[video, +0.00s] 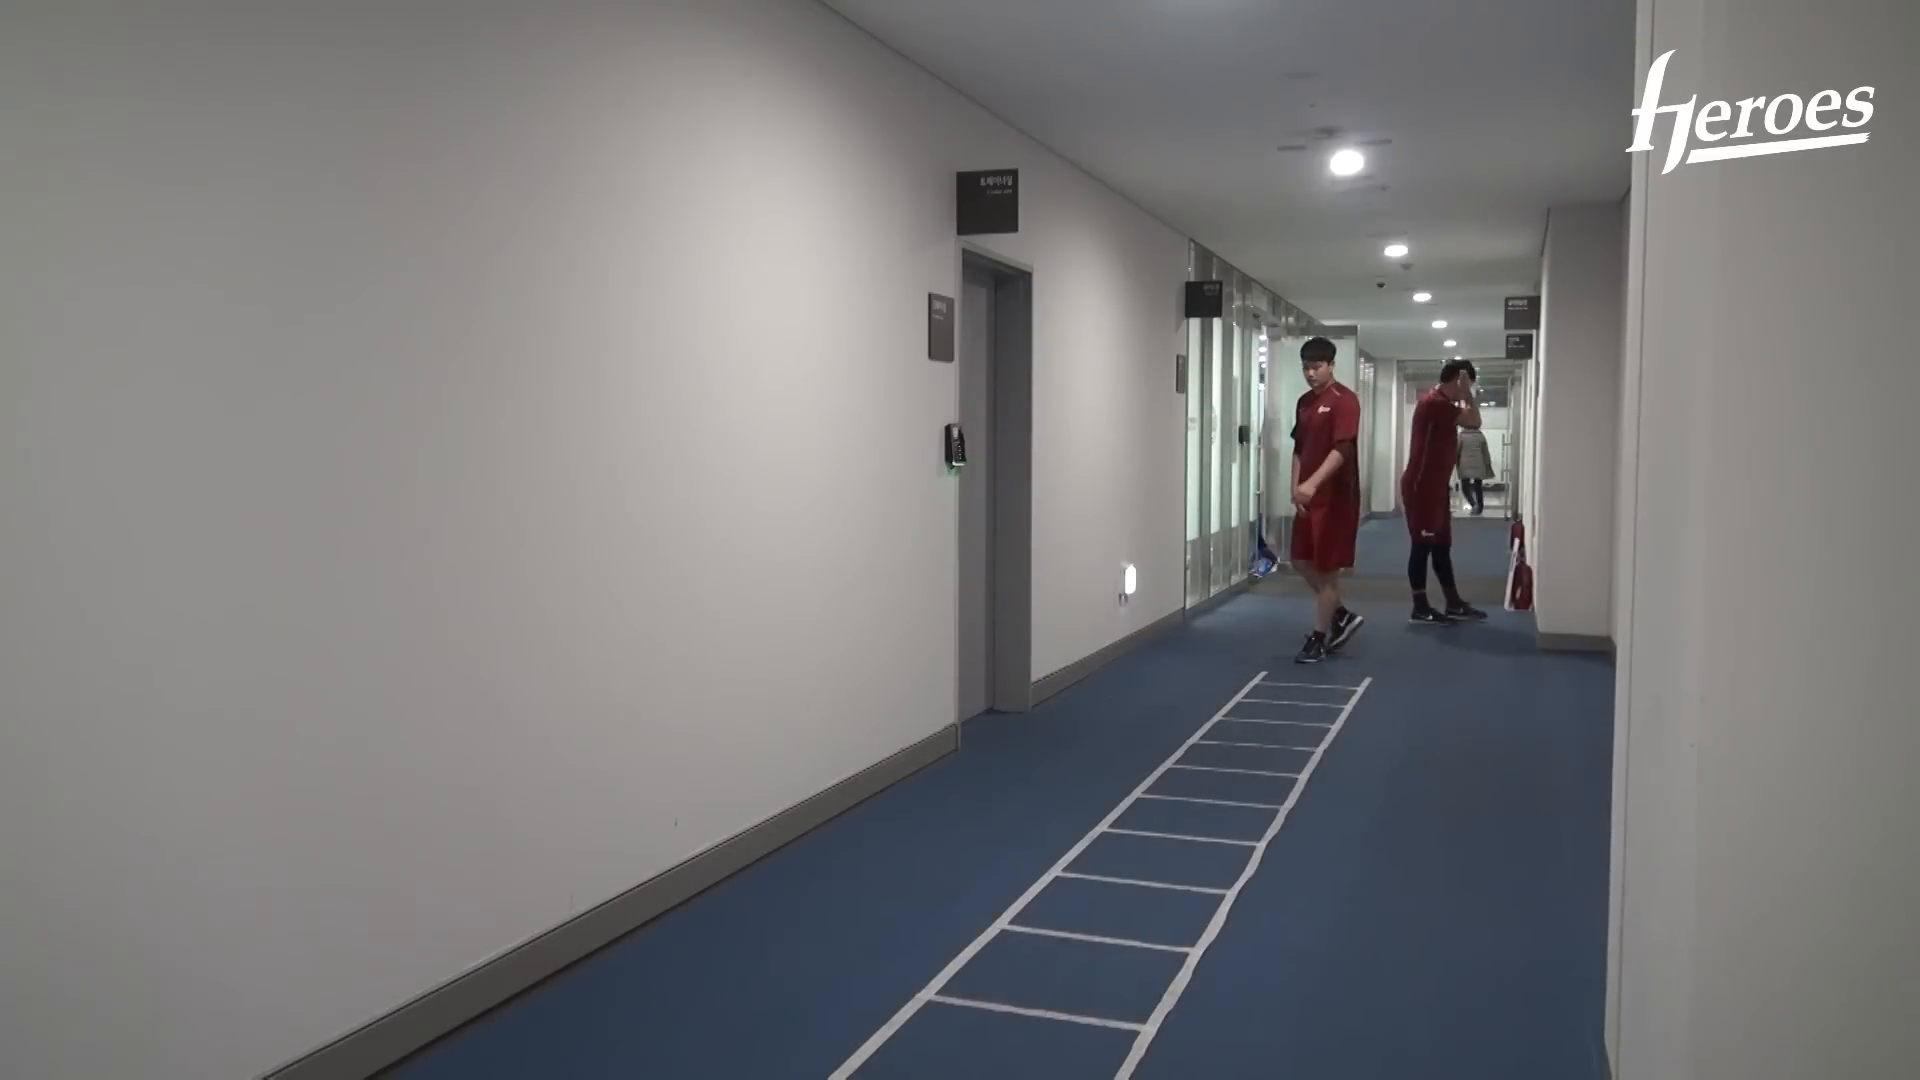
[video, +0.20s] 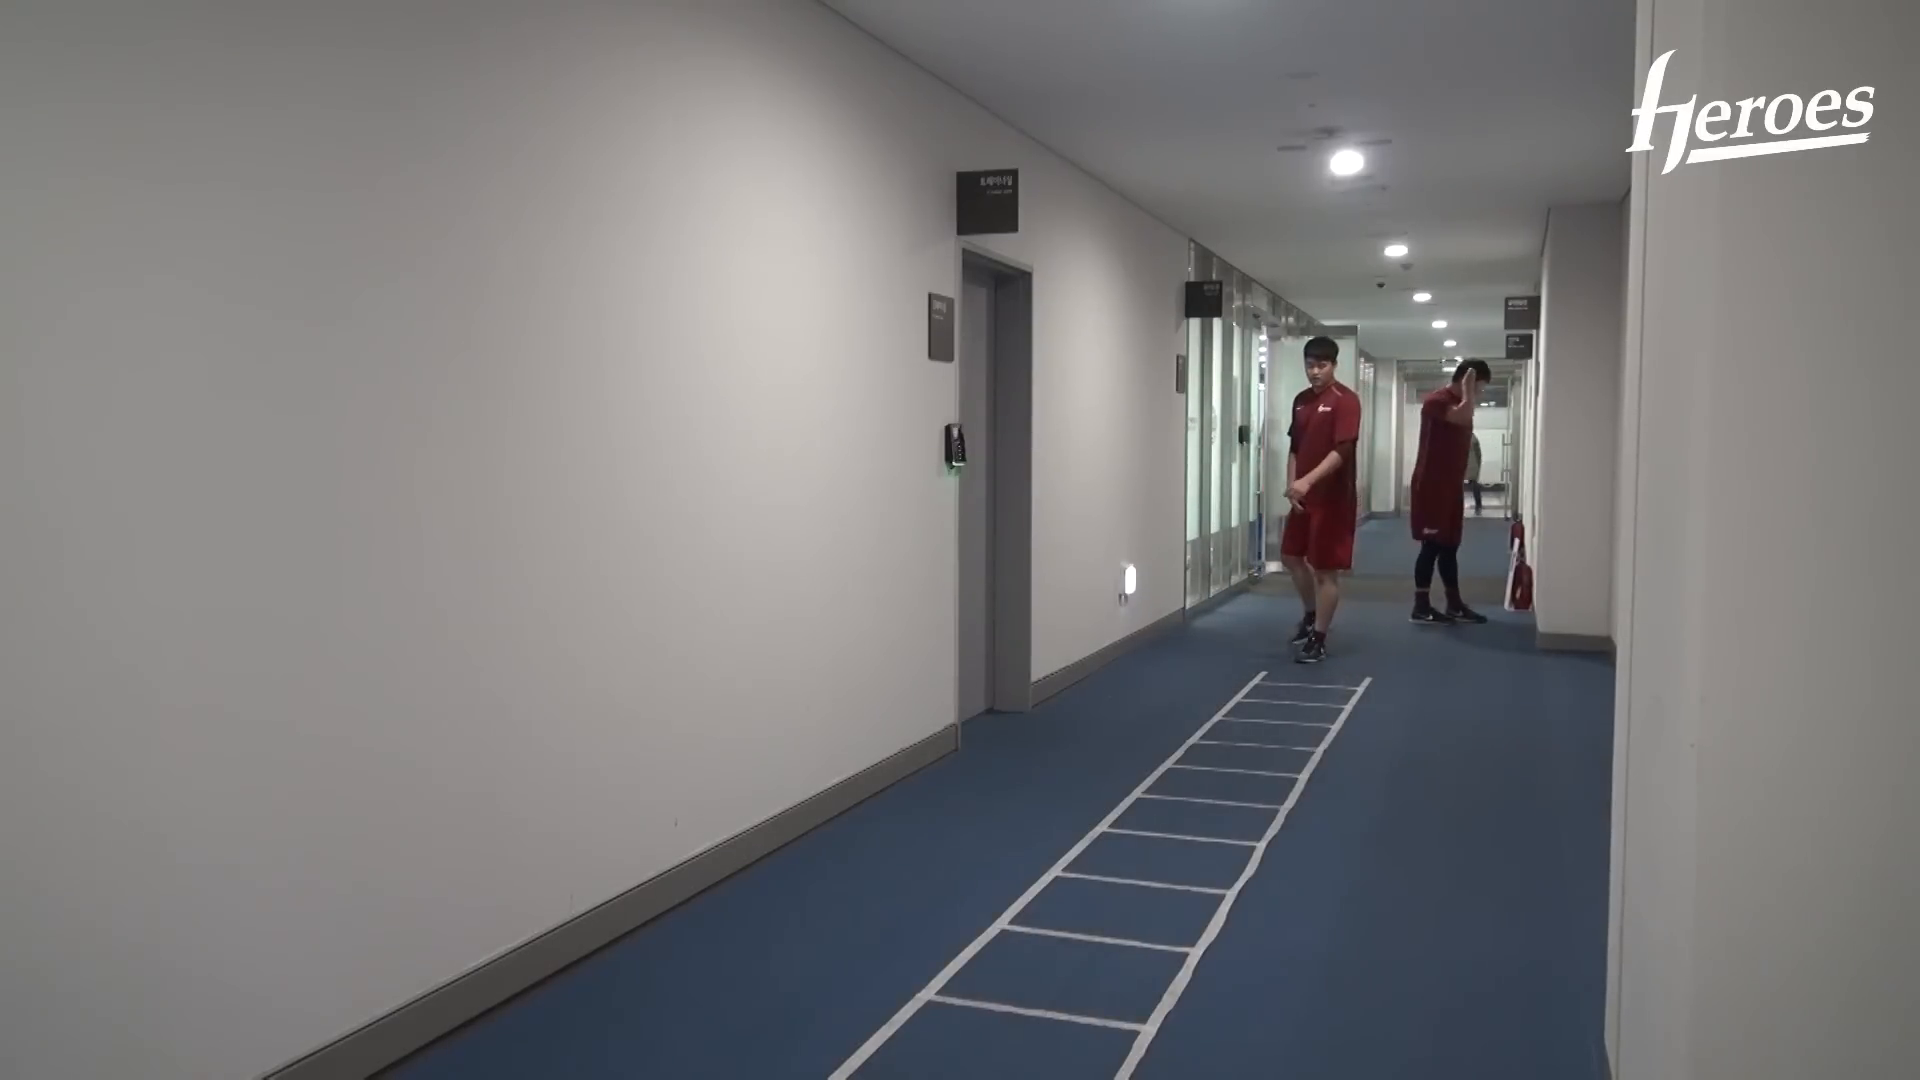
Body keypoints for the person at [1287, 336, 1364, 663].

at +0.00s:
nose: (1310, 372)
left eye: (1316, 366)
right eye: (1306, 367)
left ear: (1331, 366)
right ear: (1303, 368)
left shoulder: (1345, 399)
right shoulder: (1305, 401)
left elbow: (1342, 449)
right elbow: (1299, 448)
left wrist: (1312, 482)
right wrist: (1296, 486)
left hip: (1336, 496)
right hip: (1310, 495)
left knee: (1327, 568)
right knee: (1302, 561)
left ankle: (1319, 636)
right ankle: (1340, 615)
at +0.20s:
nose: (1315, 371)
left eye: (1322, 364)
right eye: (1310, 364)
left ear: (1334, 366)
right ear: (1305, 366)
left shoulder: (1346, 400)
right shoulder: (1302, 401)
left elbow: (1342, 450)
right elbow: (1295, 448)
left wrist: (1307, 480)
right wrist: (1292, 486)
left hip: (1333, 497)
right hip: (1306, 495)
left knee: (1325, 569)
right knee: (1291, 557)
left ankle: (1319, 638)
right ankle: (1311, 614)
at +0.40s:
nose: (1319, 372)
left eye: (1326, 366)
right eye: (1314, 365)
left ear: (1337, 367)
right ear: (1307, 366)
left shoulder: (1350, 402)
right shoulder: (1298, 400)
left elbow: (1351, 454)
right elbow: (1290, 448)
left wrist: (1341, 497)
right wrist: (1291, 489)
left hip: (1333, 500)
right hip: (1301, 496)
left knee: (1324, 570)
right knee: (1283, 554)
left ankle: (1318, 637)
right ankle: (1285, 613)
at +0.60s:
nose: (1322, 373)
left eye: (1329, 368)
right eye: (1317, 367)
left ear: (1339, 369)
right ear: (1309, 366)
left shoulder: (1354, 404)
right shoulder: (1293, 401)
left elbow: (1369, 452)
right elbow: (1284, 448)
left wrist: (1377, 494)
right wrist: (1291, 487)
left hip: (1330, 501)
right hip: (1295, 495)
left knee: (1322, 571)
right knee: (1272, 552)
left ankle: (1318, 637)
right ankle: (1272, 612)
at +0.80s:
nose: (1323, 375)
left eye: (1330, 370)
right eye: (1319, 368)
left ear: (1339, 371)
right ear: (1310, 367)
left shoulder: (1354, 406)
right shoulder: (1290, 402)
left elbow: (1374, 449)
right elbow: (1274, 446)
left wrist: (1385, 491)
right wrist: (1287, 483)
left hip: (1326, 500)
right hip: (1289, 494)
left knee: (1319, 570)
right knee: (1269, 555)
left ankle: (1318, 638)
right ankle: (1274, 613)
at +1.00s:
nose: (1316, 377)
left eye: (1323, 371)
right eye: (1311, 370)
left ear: (1332, 373)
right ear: (1303, 371)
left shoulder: (1345, 408)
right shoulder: (1282, 405)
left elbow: (1363, 451)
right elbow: (1267, 448)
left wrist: (1368, 493)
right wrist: (1281, 486)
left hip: (1320, 502)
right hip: (1282, 497)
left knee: (1316, 571)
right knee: (1277, 566)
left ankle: (1319, 637)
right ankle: (1280, 621)